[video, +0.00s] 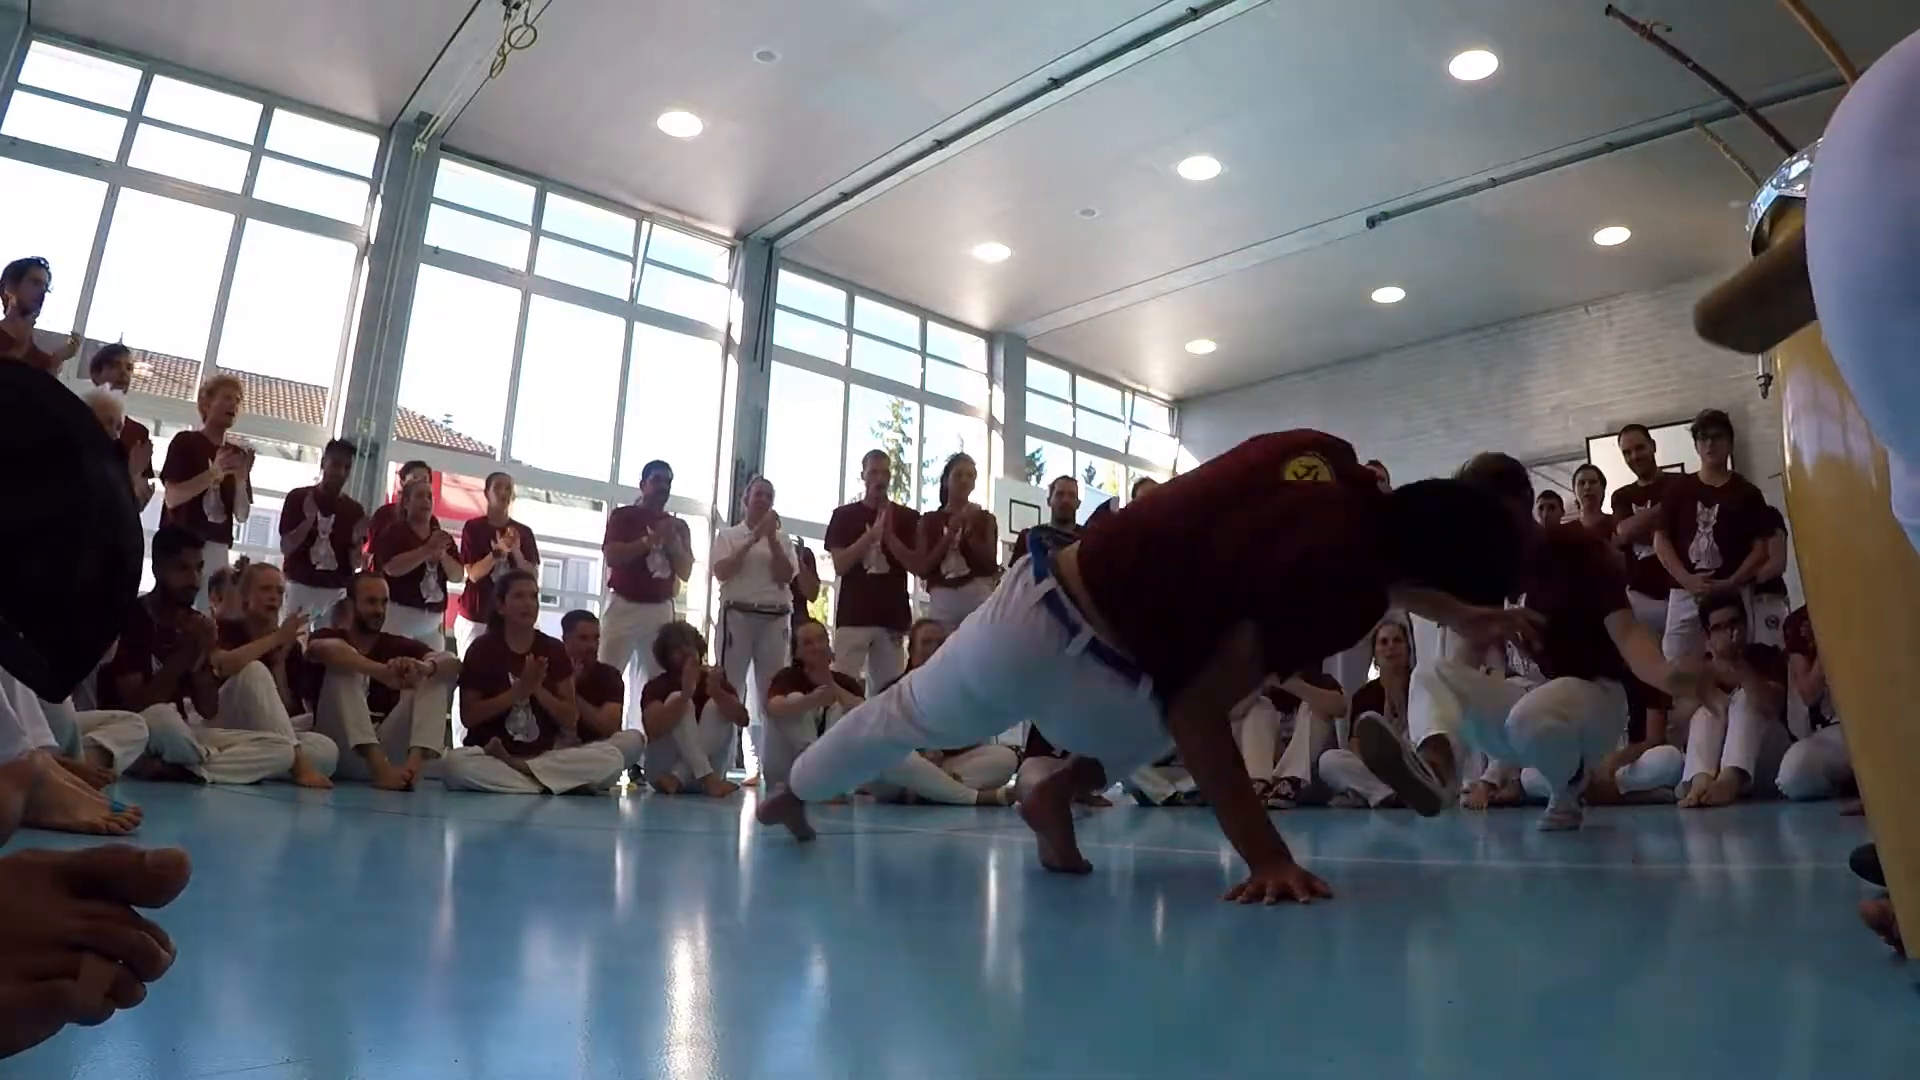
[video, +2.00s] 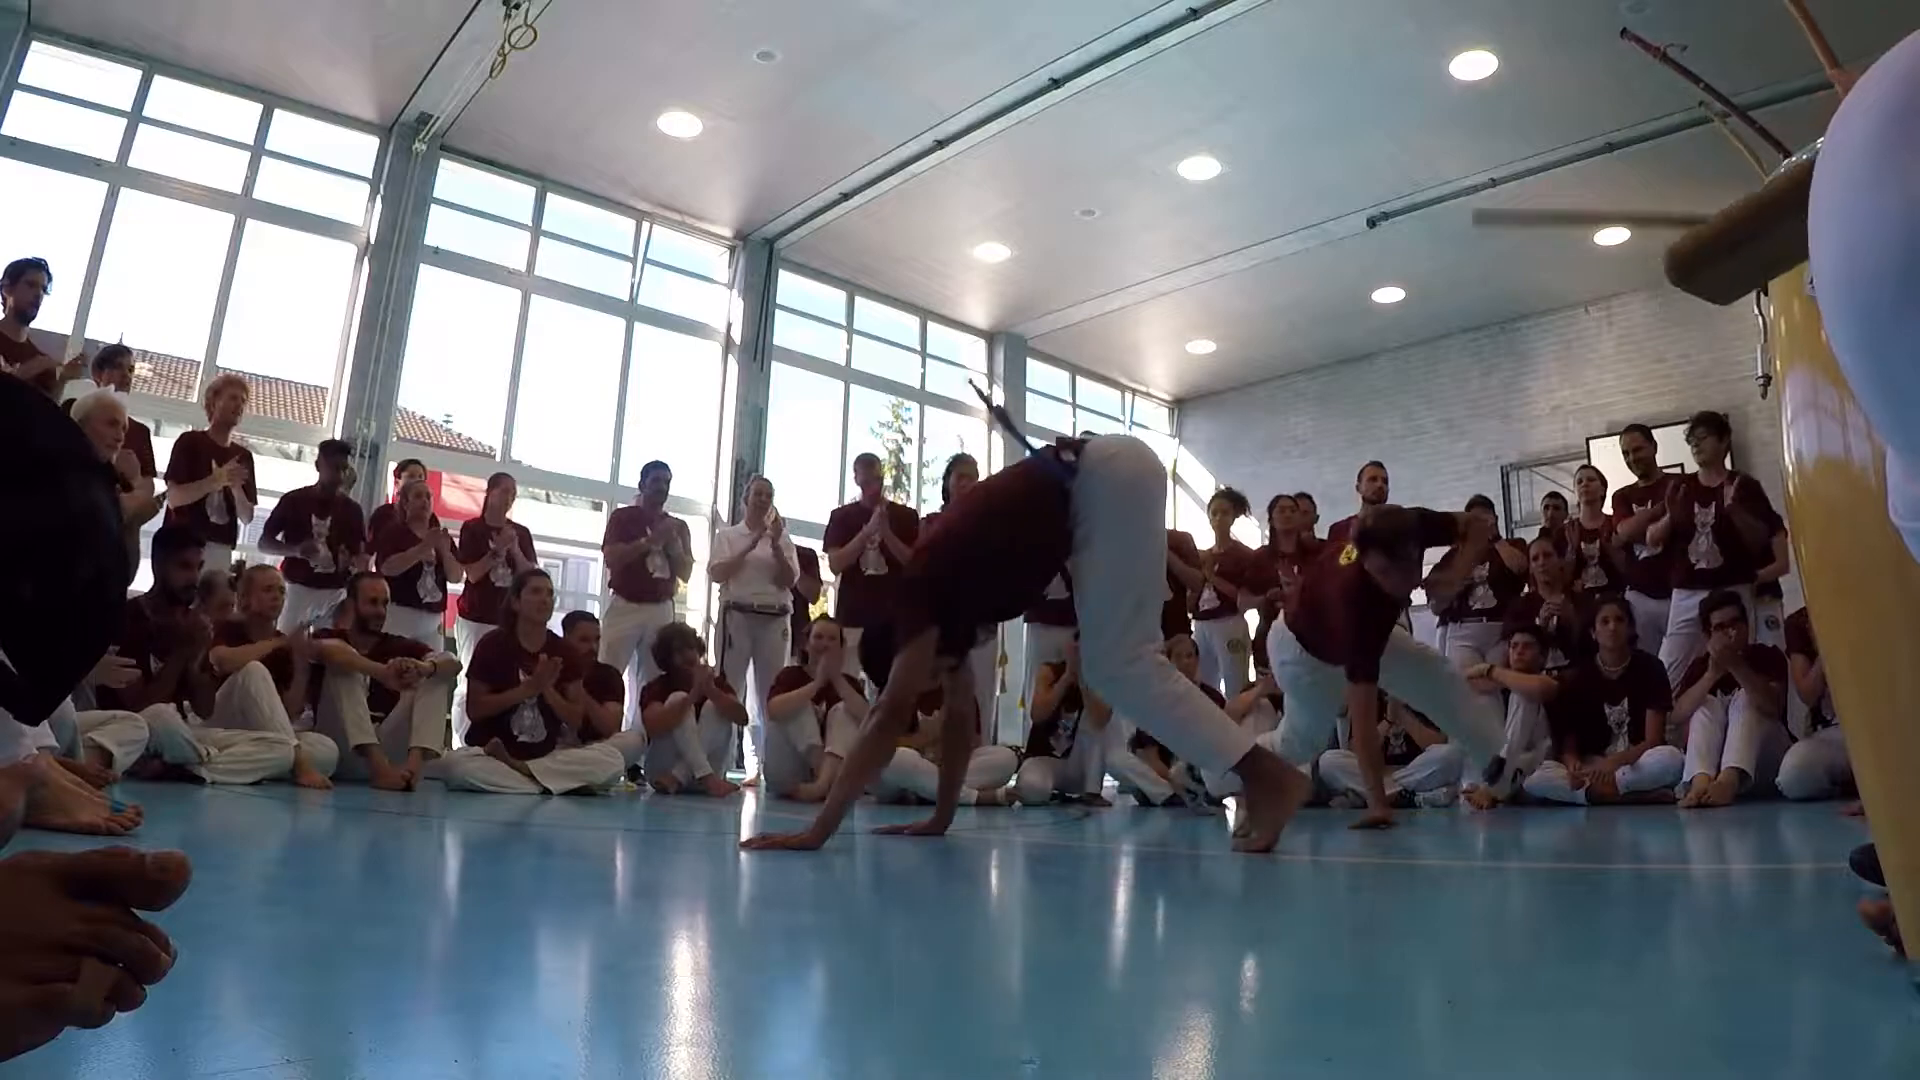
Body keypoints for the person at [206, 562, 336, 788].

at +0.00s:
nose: (274, 597)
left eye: (279, 591)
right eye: (266, 589)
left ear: (284, 597)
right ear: (246, 595)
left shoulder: (291, 646)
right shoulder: (224, 630)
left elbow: (293, 711)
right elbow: (222, 666)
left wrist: (279, 664)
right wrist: (278, 637)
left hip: (273, 733)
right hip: (224, 726)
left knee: (326, 752)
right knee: (253, 671)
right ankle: (298, 762)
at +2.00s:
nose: (276, 597)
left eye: (280, 591)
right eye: (268, 590)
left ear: (285, 597)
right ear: (244, 599)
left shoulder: (286, 645)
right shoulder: (226, 629)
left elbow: (291, 711)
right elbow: (222, 662)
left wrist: (301, 660)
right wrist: (281, 642)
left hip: (268, 733)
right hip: (222, 725)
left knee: (327, 751)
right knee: (253, 671)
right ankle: (298, 761)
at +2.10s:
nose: (280, 596)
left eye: (283, 591)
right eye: (271, 590)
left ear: (288, 598)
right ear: (246, 599)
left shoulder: (287, 642)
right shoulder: (227, 628)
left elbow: (298, 708)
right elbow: (222, 658)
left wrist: (311, 669)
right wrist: (275, 640)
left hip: (271, 731)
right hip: (223, 725)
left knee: (327, 752)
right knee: (253, 671)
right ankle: (299, 762)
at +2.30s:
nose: (289, 598)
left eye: (292, 592)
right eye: (280, 591)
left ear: (296, 599)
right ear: (257, 601)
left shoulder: (294, 648)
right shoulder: (232, 629)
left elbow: (302, 718)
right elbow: (235, 655)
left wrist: (314, 675)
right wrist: (299, 655)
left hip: (270, 733)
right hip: (223, 725)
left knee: (327, 751)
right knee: (253, 672)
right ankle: (298, 760)